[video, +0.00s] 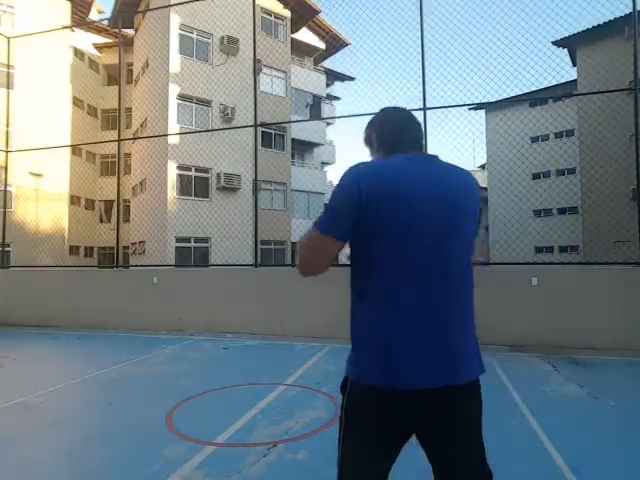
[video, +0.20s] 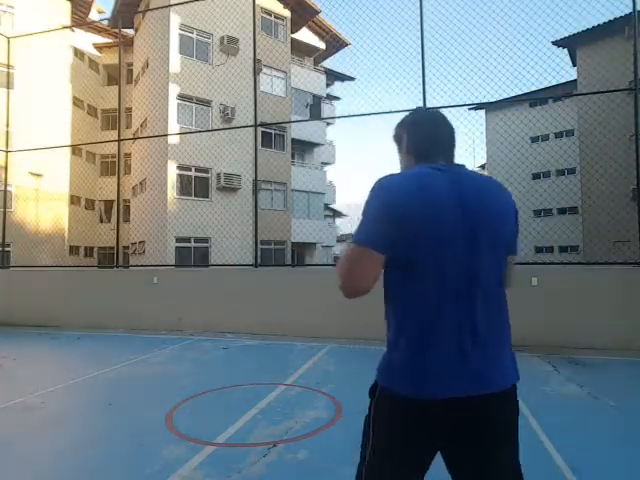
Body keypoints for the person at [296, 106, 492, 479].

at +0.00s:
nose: (369, 152)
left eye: (368, 145)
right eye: (367, 146)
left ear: (375, 142)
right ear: (419, 141)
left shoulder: (363, 178)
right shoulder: (465, 183)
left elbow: (309, 263)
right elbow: (460, 255)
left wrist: (338, 222)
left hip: (380, 380)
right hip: (455, 378)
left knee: (359, 474)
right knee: (468, 473)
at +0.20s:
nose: (398, 156)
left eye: (397, 147)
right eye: (397, 148)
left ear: (405, 146)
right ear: (451, 147)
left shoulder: (393, 191)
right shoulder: (498, 194)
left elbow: (354, 282)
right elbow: (501, 274)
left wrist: (347, 253)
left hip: (410, 394)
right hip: (490, 393)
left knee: (383, 473)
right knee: (499, 474)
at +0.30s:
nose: (409, 155)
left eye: (408, 145)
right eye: (409, 145)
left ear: (418, 143)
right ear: (462, 143)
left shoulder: (407, 184)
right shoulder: (511, 183)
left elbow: (373, 276)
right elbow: (523, 274)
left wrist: (365, 247)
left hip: (427, 386)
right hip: (507, 385)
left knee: (398, 473)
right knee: (513, 474)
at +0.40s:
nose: (418, 144)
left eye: (418, 135)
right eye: (418, 135)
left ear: (428, 132)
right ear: (473, 134)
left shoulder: (417, 179)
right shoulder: (521, 181)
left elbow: (375, 267)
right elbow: (529, 256)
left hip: (432, 381)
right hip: (512, 381)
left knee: (411, 473)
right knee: (519, 474)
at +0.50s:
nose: (433, 145)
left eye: (433, 136)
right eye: (433, 137)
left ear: (441, 136)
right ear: (488, 137)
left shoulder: (421, 180)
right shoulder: (529, 188)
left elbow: (376, 267)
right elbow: (524, 263)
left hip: (436, 385)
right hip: (513, 385)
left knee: (429, 473)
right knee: (521, 474)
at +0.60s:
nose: (439, 148)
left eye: (440, 139)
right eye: (440, 139)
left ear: (449, 139)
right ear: (494, 142)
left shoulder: (424, 181)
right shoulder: (532, 196)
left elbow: (380, 265)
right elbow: (521, 262)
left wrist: (412, 238)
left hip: (433, 384)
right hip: (509, 385)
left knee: (419, 473)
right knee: (516, 473)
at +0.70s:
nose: (439, 151)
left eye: (440, 142)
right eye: (440, 141)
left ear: (449, 142)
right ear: (492, 145)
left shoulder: (423, 180)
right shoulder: (528, 198)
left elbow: (376, 262)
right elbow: (516, 263)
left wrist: (422, 238)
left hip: (424, 376)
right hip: (500, 381)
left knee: (399, 471)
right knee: (510, 473)